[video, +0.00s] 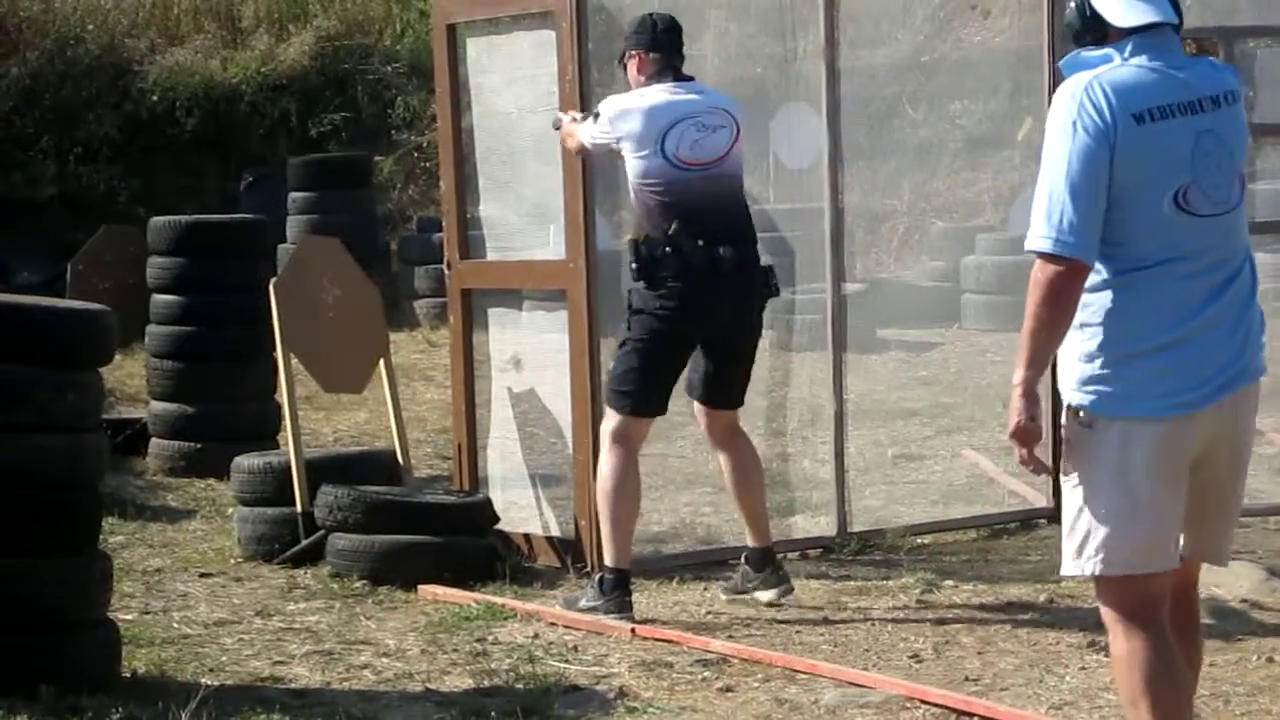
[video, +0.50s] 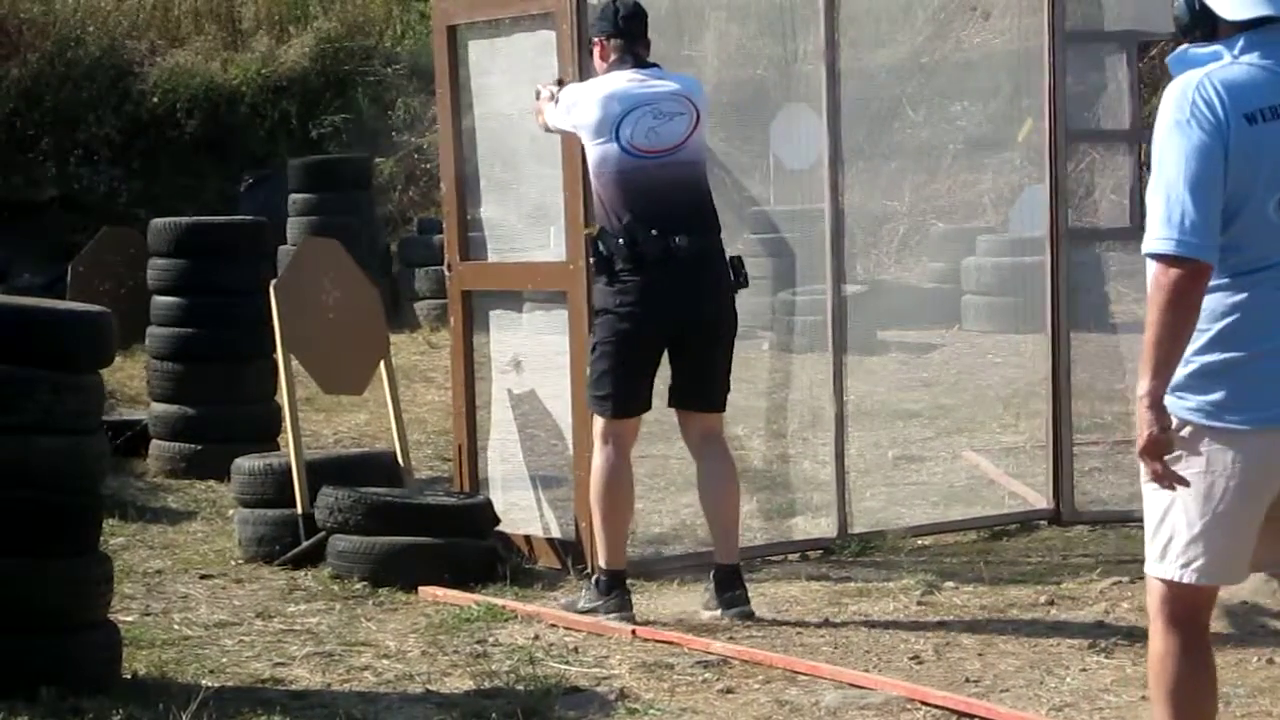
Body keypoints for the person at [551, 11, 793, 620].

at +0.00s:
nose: (625, 72)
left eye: (625, 64)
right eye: (626, 65)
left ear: (638, 62)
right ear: (681, 59)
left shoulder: (631, 109)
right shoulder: (723, 104)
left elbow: (579, 140)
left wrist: (570, 125)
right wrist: (599, 125)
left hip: (670, 287)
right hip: (742, 284)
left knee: (620, 437)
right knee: (723, 421)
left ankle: (613, 586)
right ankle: (763, 561)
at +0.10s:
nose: (607, 63)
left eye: (607, 56)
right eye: (609, 57)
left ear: (619, 55)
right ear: (664, 53)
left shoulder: (605, 102)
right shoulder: (706, 96)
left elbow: (566, 129)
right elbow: (662, 108)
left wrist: (562, 111)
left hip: (651, 285)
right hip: (722, 283)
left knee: (614, 437)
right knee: (718, 423)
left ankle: (611, 589)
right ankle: (755, 566)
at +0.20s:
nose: (595, 60)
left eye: (595, 53)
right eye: (597, 53)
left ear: (607, 52)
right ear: (653, 50)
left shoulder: (593, 100)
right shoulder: (694, 92)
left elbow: (554, 121)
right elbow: (647, 102)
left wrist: (559, 105)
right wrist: (594, 94)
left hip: (638, 282)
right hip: (710, 279)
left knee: (613, 438)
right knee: (712, 427)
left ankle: (610, 587)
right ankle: (744, 567)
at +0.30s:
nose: (590, 56)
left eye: (591, 48)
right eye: (592, 48)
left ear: (602, 49)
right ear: (647, 45)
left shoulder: (587, 97)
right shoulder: (688, 92)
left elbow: (549, 118)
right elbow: (648, 98)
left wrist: (550, 101)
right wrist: (594, 88)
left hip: (631, 287)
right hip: (705, 283)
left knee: (612, 439)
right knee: (708, 427)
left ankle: (611, 586)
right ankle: (737, 574)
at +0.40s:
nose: (588, 56)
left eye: (588, 47)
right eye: (591, 48)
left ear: (600, 49)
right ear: (645, 45)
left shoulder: (585, 97)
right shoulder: (687, 91)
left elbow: (547, 117)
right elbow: (645, 97)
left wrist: (549, 100)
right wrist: (590, 88)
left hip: (631, 287)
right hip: (704, 284)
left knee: (612, 438)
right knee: (705, 430)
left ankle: (610, 587)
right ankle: (729, 581)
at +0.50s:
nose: (590, 56)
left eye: (590, 48)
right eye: (593, 48)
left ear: (600, 49)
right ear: (647, 44)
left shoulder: (588, 98)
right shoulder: (690, 89)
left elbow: (551, 115)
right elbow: (641, 95)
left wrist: (553, 98)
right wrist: (576, 92)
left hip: (633, 286)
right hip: (707, 282)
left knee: (613, 437)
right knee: (707, 429)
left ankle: (609, 585)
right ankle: (730, 582)